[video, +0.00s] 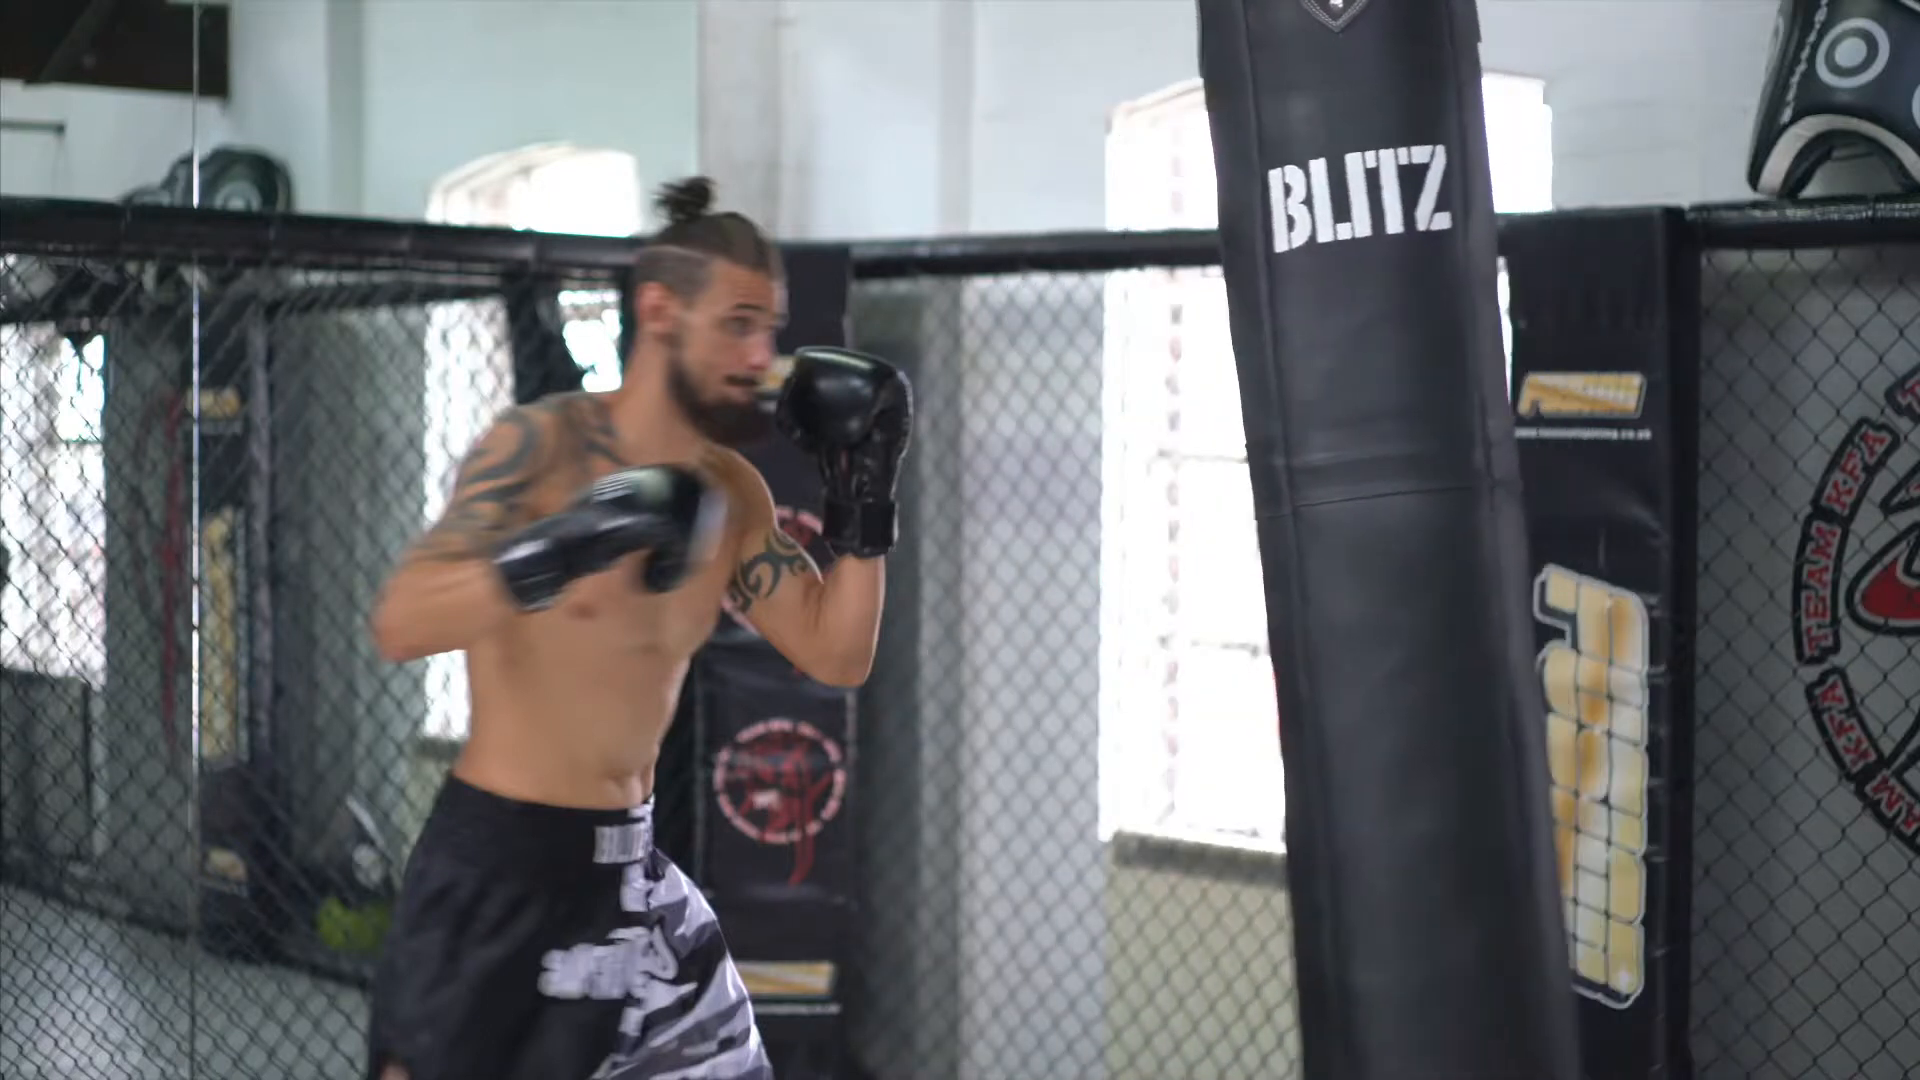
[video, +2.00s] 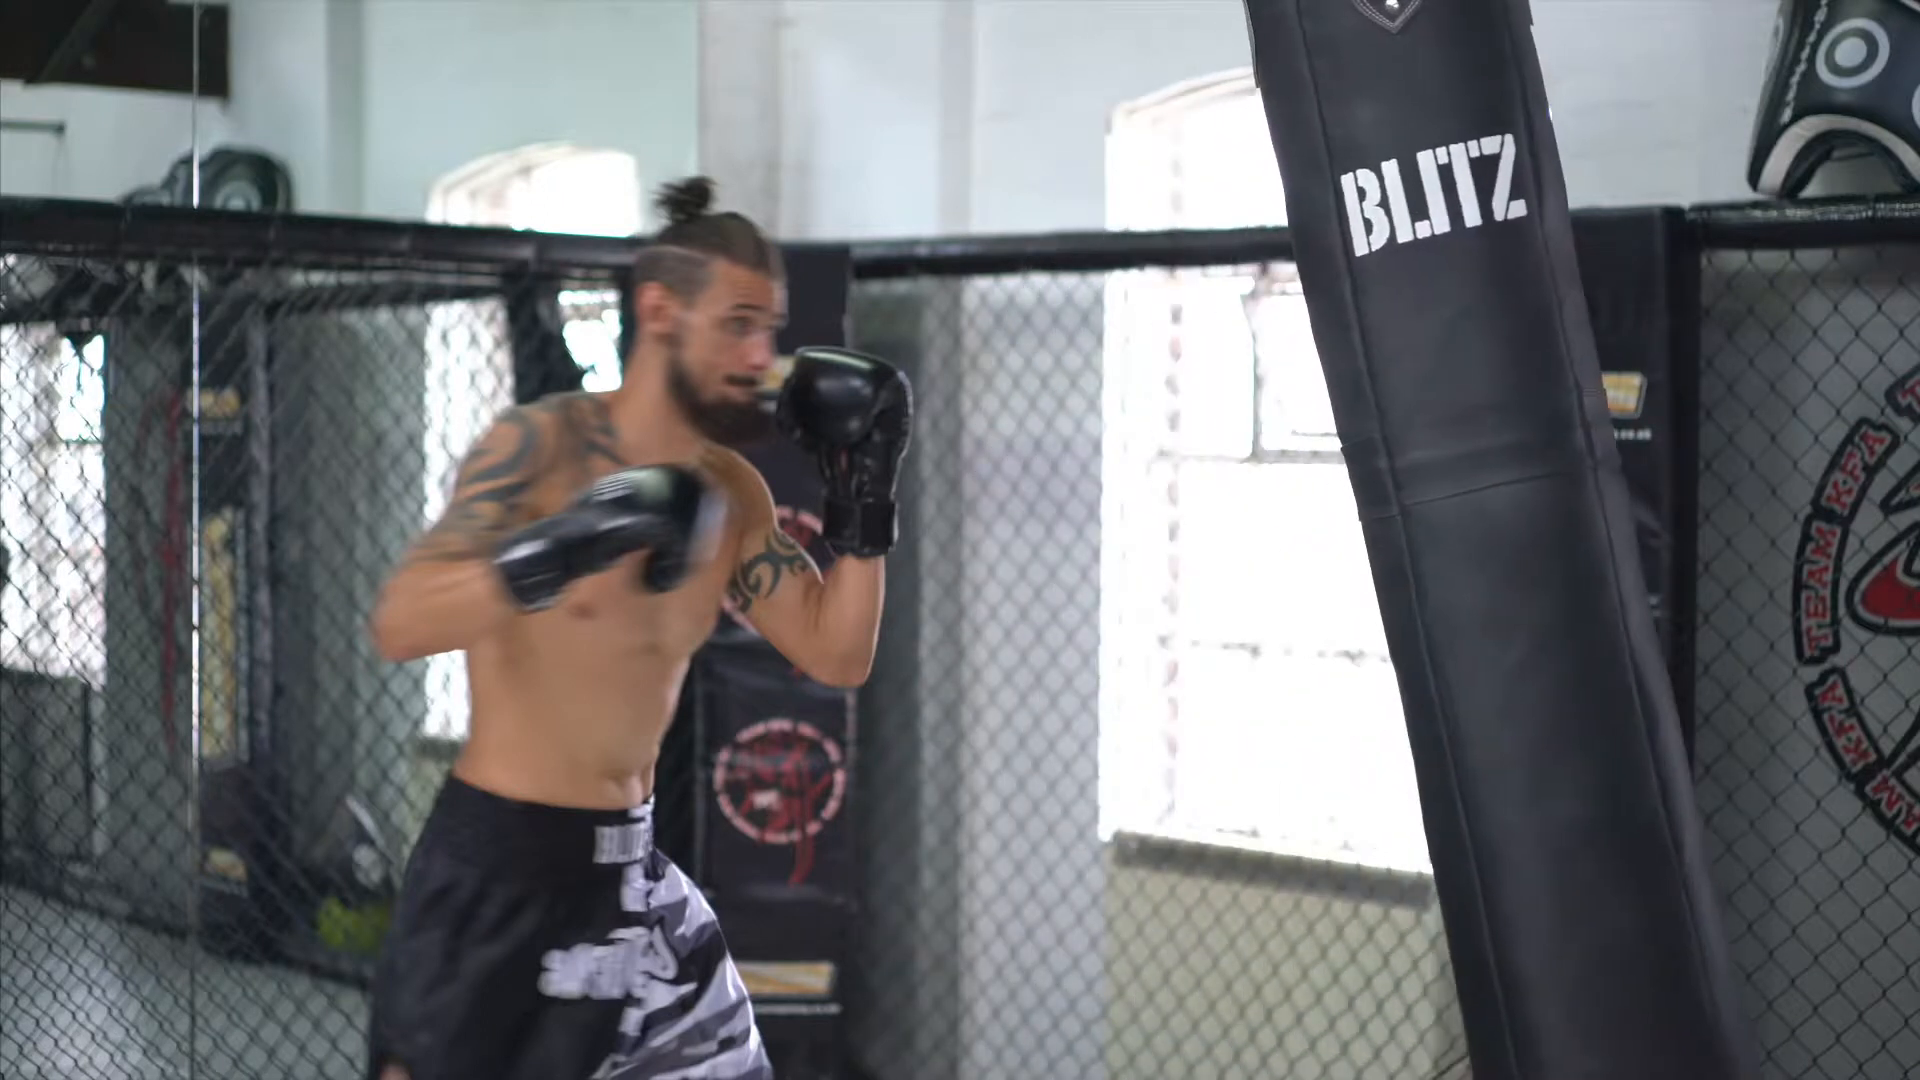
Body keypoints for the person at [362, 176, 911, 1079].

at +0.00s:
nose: (762, 358)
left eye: (772, 331)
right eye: (739, 325)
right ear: (656, 310)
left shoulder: (733, 493)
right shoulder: (538, 440)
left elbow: (839, 655)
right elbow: (401, 623)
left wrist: (864, 483)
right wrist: (569, 547)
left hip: (636, 868)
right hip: (499, 866)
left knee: (732, 1066)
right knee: (442, 1065)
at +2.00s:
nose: (763, 357)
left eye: (772, 331)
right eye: (740, 325)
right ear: (656, 309)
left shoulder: (733, 492)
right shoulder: (538, 440)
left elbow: (839, 655)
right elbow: (400, 623)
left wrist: (865, 481)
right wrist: (567, 547)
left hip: (636, 867)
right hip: (500, 866)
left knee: (732, 1066)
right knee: (442, 1065)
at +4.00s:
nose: (762, 357)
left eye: (772, 331)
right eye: (739, 325)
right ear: (656, 310)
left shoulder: (733, 493)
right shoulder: (537, 441)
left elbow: (839, 655)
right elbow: (400, 623)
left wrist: (864, 481)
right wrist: (568, 547)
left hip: (636, 868)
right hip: (500, 867)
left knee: (732, 1066)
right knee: (439, 1065)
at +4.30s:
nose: (762, 357)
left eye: (772, 331)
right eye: (739, 325)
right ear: (656, 310)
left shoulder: (733, 492)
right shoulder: (536, 441)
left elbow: (839, 655)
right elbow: (400, 623)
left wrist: (864, 482)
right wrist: (568, 547)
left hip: (636, 868)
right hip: (500, 867)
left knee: (732, 1066)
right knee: (439, 1065)